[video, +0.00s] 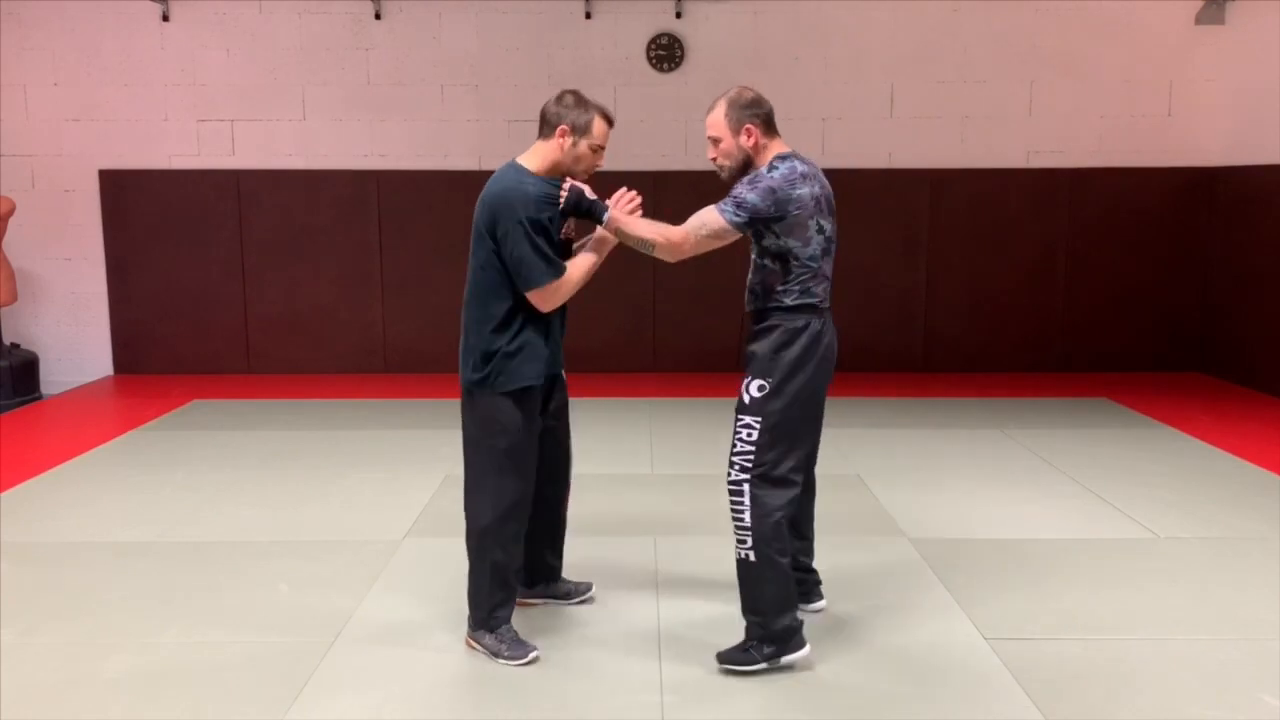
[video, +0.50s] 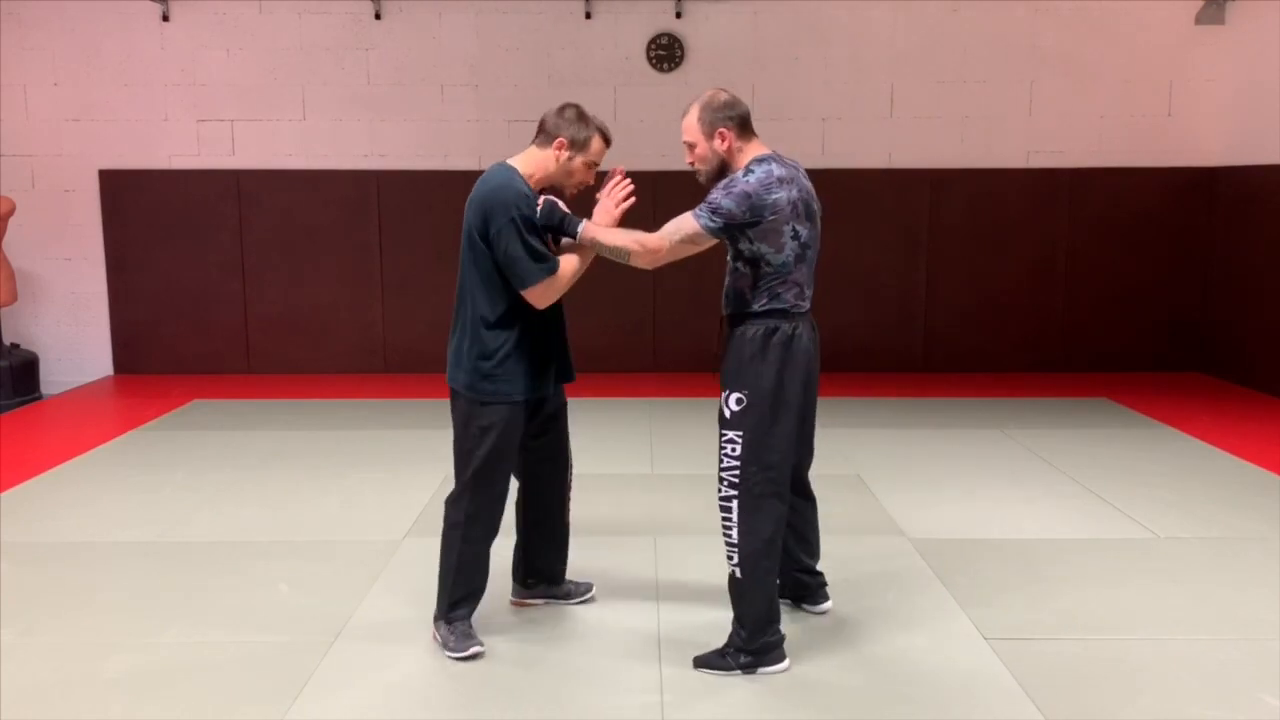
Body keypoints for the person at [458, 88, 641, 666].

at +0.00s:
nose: (598, 162)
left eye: (601, 152)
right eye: (596, 150)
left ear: (565, 139)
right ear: (563, 137)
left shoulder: (546, 188)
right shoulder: (515, 197)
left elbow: (567, 259)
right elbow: (546, 295)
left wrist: (604, 225)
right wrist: (600, 242)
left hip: (539, 363)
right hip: (501, 368)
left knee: (547, 478)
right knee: (500, 494)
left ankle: (536, 578)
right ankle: (488, 621)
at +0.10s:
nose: (606, 178)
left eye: (609, 170)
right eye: (604, 166)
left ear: (576, 148)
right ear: (576, 147)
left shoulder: (551, 193)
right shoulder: (522, 194)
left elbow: (583, 264)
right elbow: (553, 289)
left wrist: (616, 225)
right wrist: (606, 239)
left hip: (534, 364)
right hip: (499, 369)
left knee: (552, 475)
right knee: (513, 489)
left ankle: (539, 577)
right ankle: (489, 618)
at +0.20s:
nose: (608, 185)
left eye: (612, 177)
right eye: (608, 173)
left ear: (582, 153)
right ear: (583, 151)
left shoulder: (550, 192)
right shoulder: (525, 189)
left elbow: (589, 250)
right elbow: (558, 284)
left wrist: (616, 221)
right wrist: (606, 237)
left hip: (534, 364)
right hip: (499, 366)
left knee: (547, 477)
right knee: (505, 489)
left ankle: (539, 578)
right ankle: (479, 613)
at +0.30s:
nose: (606, 182)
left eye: (611, 173)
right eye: (605, 170)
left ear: (577, 150)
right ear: (579, 148)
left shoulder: (546, 191)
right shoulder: (521, 189)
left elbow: (585, 242)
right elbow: (556, 285)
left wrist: (615, 222)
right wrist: (601, 240)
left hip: (536, 367)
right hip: (497, 368)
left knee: (546, 478)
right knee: (491, 494)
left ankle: (537, 579)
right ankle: (459, 614)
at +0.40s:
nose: (596, 183)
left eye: (600, 175)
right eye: (595, 172)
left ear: (566, 153)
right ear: (568, 152)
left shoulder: (538, 195)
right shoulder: (512, 194)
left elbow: (576, 257)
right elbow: (551, 290)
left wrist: (604, 223)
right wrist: (596, 241)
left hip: (538, 372)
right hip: (492, 374)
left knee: (548, 482)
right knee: (480, 498)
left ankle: (537, 581)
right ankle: (453, 617)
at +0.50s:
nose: (591, 178)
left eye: (594, 169)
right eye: (589, 166)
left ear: (559, 150)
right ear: (560, 149)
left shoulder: (532, 194)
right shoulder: (503, 195)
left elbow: (566, 257)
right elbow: (541, 291)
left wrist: (596, 224)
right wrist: (592, 236)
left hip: (535, 369)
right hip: (490, 373)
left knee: (547, 478)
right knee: (479, 495)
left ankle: (538, 579)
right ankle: (453, 615)